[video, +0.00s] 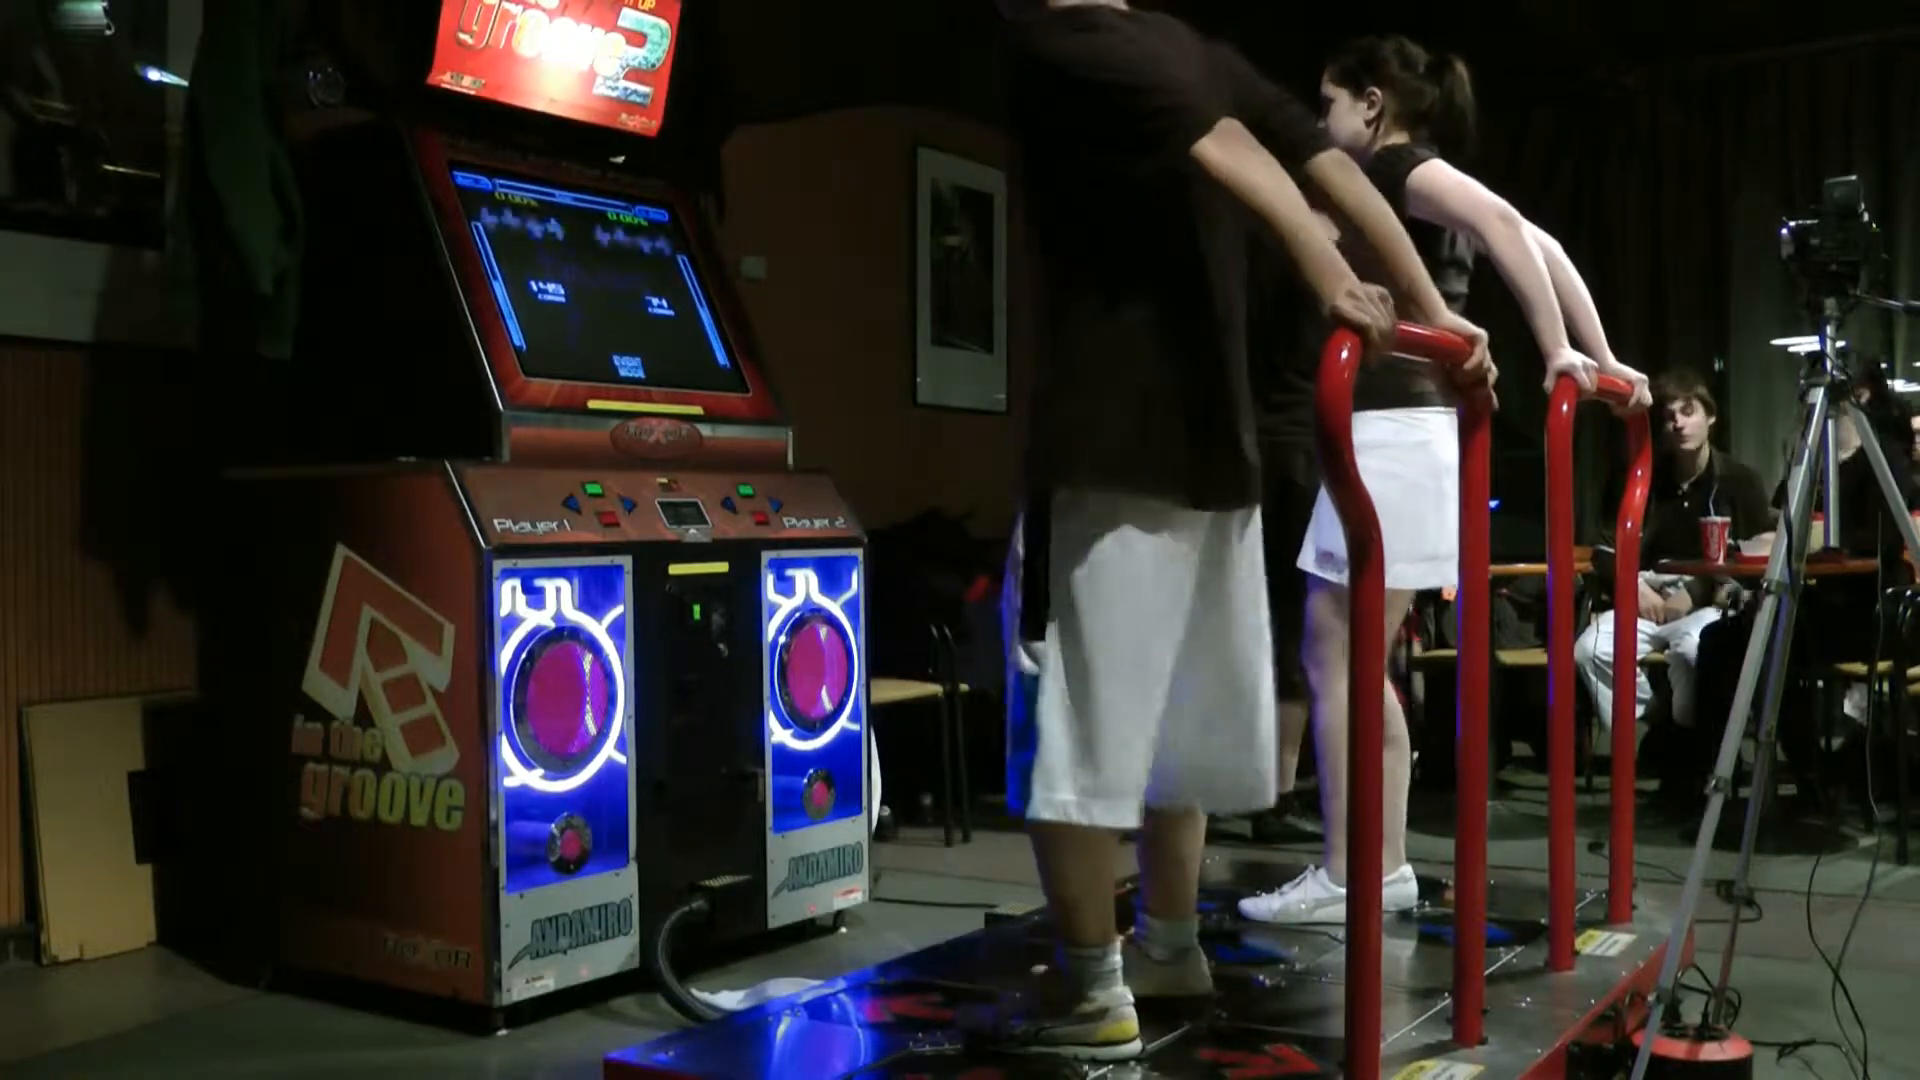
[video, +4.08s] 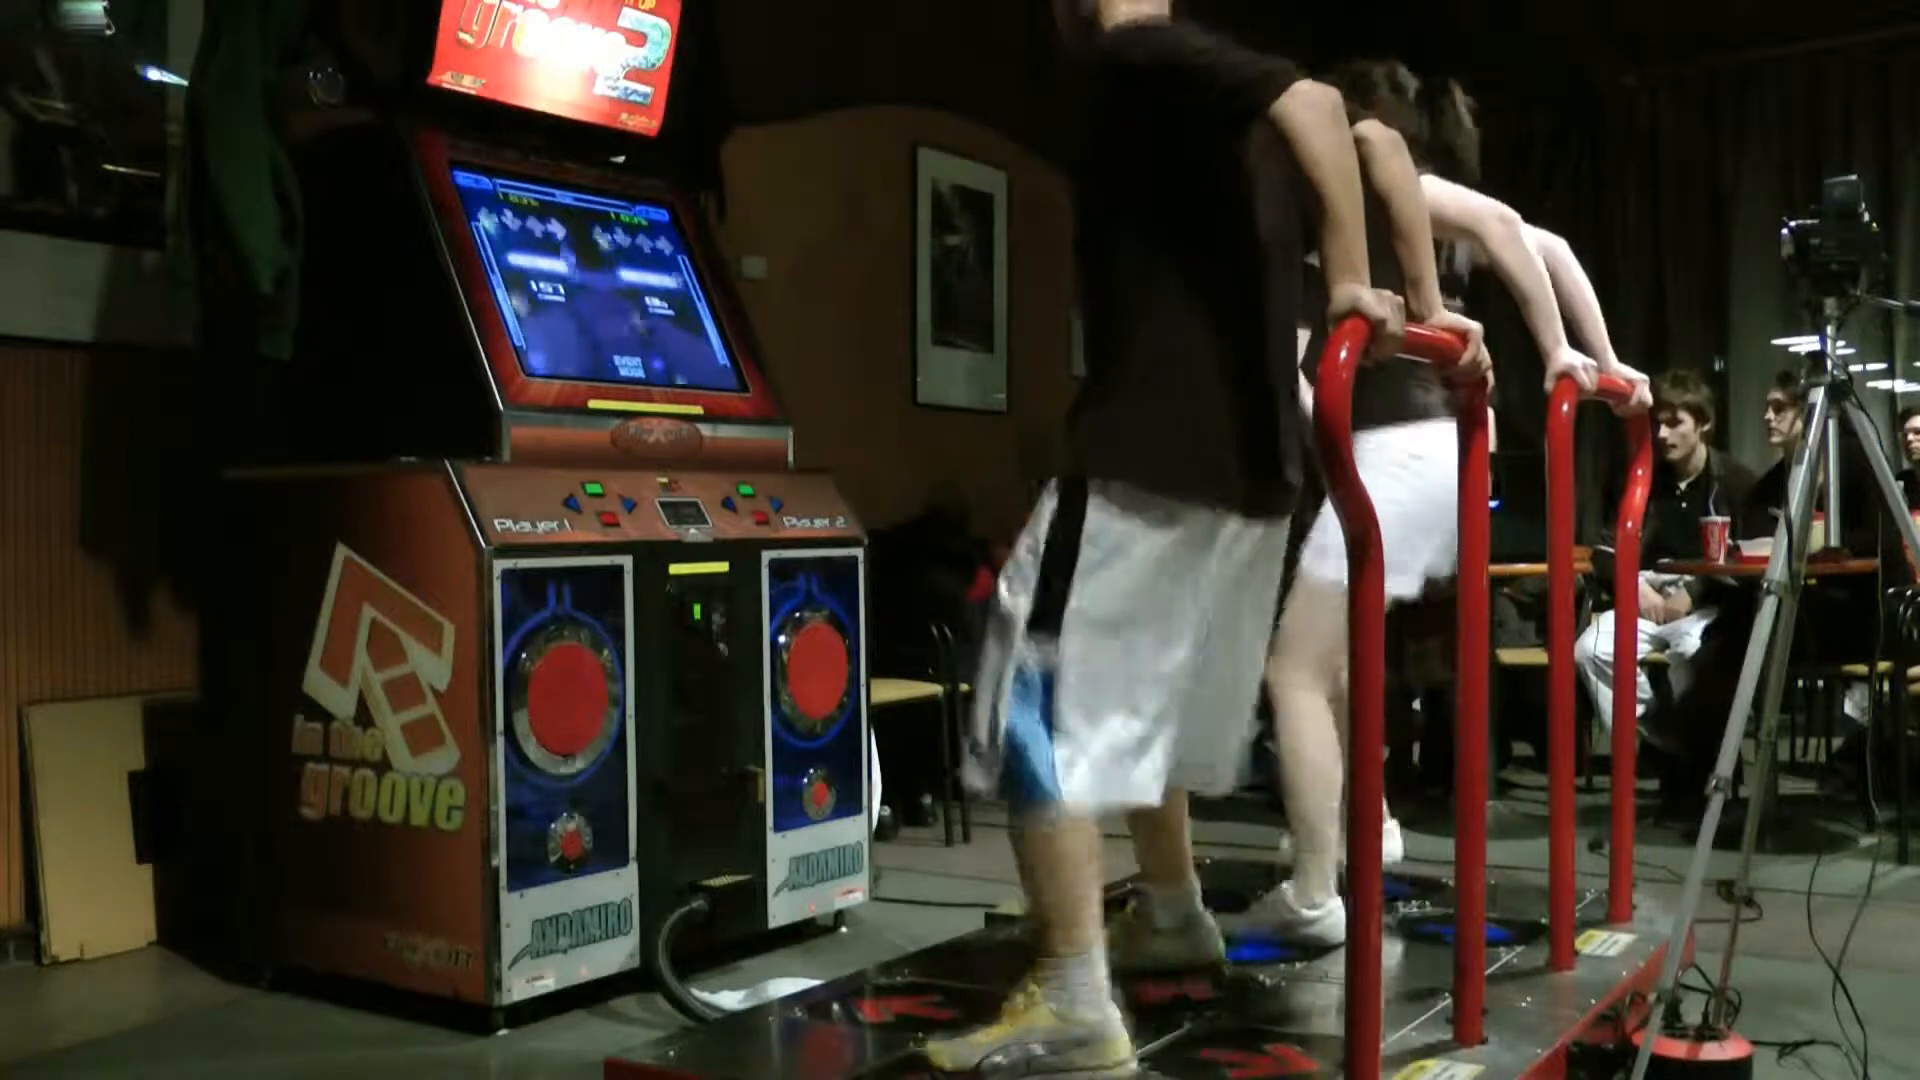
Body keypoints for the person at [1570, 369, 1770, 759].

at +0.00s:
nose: (1678, 423)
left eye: (1688, 412)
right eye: (1668, 415)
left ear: (1710, 419)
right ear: (1659, 425)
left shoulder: (1739, 481)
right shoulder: (1646, 478)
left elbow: (1755, 564)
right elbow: (1607, 550)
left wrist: (1694, 595)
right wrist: (1635, 586)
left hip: (1709, 605)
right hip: (1648, 604)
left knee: (1689, 651)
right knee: (1593, 648)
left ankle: (1684, 740)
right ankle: (1650, 740)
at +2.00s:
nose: (1650, 425)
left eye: (1659, 418)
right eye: (1651, 417)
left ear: (1690, 425)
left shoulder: (1734, 479)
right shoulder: (1645, 474)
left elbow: (1747, 560)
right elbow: (1607, 546)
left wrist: (1692, 595)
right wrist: (1634, 587)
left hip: (1702, 603)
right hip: (1644, 598)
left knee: (1697, 652)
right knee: (1595, 648)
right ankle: (1646, 750)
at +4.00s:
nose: (1663, 434)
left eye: (1674, 423)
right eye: (1658, 424)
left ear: (1703, 425)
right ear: (1650, 427)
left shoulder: (1736, 481)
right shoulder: (1644, 478)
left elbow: (1748, 560)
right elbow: (1606, 547)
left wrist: (1693, 594)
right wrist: (1635, 587)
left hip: (1707, 601)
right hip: (1646, 598)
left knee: (1690, 649)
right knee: (1594, 650)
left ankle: (1693, 750)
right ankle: (1646, 747)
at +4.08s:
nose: (1663, 433)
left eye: (1674, 423)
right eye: (1658, 423)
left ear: (1703, 425)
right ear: (1650, 427)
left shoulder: (1736, 482)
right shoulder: (1644, 477)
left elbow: (1747, 561)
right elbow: (1607, 550)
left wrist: (1692, 595)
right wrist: (1638, 588)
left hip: (1707, 603)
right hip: (1649, 599)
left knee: (1690, 651)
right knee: (1594, 649)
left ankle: (1696, 754)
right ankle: (1652, 744)